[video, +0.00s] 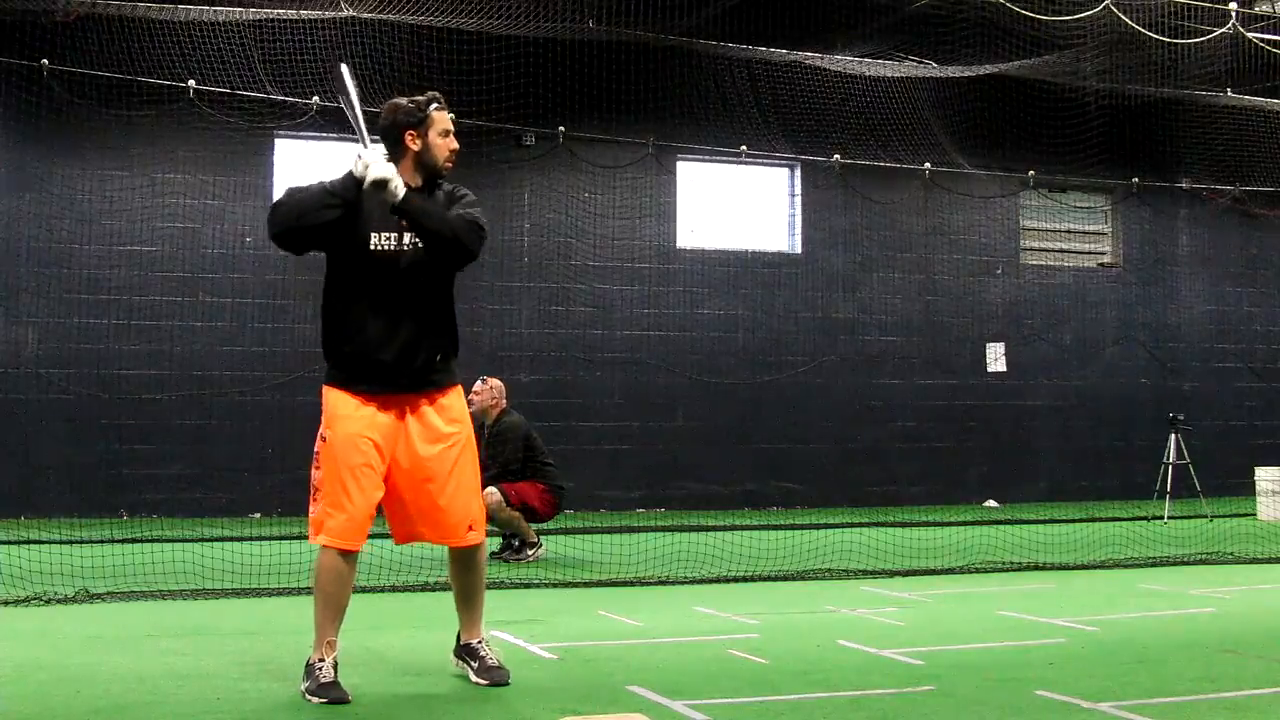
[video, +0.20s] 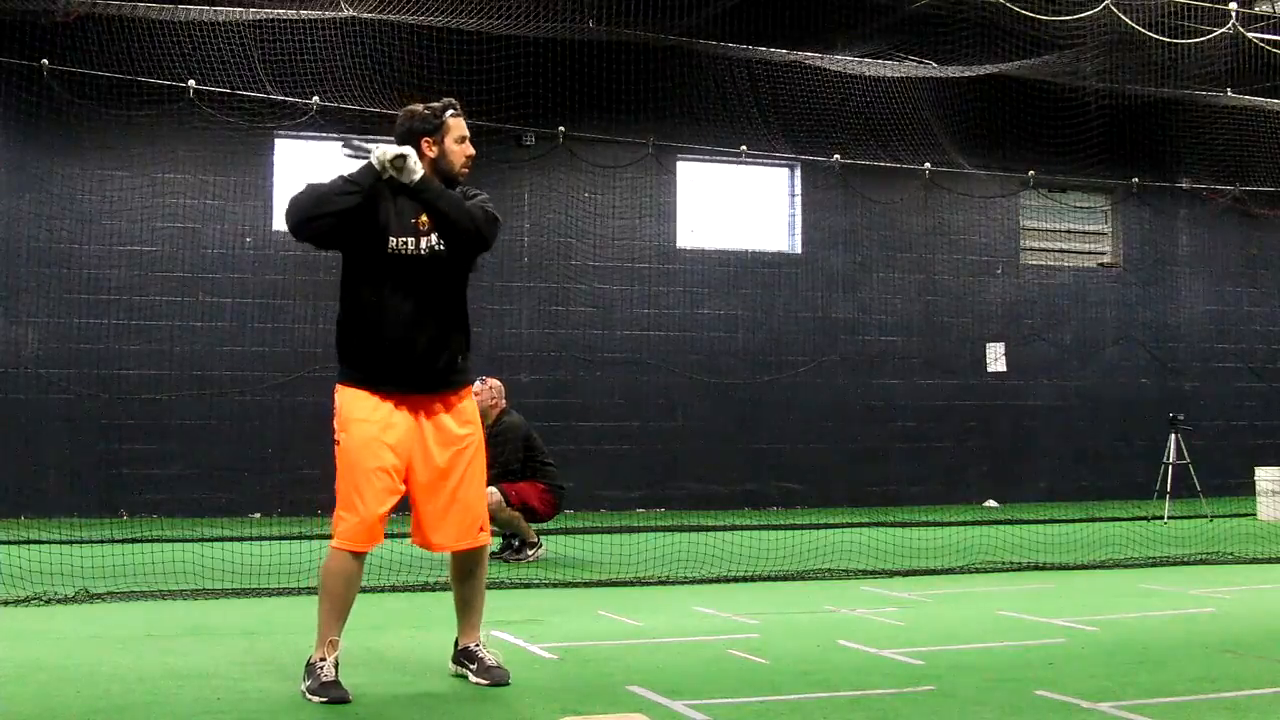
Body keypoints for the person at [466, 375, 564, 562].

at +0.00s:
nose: (469, 398)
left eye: (476, 393)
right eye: (470, 393)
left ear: (494, 400)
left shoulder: (510, 425)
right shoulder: (483, 428)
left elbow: (506, 471)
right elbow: (482, 467)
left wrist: (471, 486)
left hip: (543, 491)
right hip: (516, 487)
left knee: (491, 498)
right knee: (472, 496)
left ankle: (531, 541)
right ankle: (511, 536)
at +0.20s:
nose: (472, 398)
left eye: (477, 393)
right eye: (471, 394)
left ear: (494, 401)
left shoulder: (510, 425)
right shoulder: (485, 426)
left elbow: (504, 472)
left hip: (542, 491)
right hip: (516, 487)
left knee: (491, 499)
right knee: (473, 495)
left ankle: (531, 540)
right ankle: (511, 536)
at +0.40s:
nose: (470, 397)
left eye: (476, 393)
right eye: (470, 393)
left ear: (494, 401)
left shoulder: (510, 426)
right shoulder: (483, 428)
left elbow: (502, 473)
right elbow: (482, 468)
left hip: (543, 491)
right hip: (516, 487)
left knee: (490, 500)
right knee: (473, 496)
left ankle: (531, 540)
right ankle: (511, 536)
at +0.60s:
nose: (467, 398)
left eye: (474, 394)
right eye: (468, 394)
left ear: (492, 401)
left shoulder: (509, 425)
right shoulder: (479, 429)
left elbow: (508, 472)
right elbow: (478, 467)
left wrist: (471, 488)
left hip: (543, 491)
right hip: (514, 488)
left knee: (490, 499)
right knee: (467, 499)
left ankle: (532, 541)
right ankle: (511, 535)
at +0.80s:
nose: (467, 398)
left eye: (474, 394)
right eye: (468, 393)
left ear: (492, 401)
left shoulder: (508, 425)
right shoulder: (483, 429)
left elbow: (506, 472)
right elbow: (482, 468)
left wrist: (471, 488)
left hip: (542, 491)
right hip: (516, 488)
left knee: (490, 499)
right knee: (469, 499)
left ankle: (531, 541)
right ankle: (511, 536)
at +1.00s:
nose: (468, 398)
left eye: (474, 394)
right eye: (468, 393)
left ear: (493, 401)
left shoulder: (508, 426)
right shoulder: (482, 427)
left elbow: (506, 472)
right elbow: (482, 467)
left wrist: (472, 486)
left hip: (542, 491)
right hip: (516, 487)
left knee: (489, 500)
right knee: (471, 497)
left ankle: (531, 541)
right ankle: (511, 536)